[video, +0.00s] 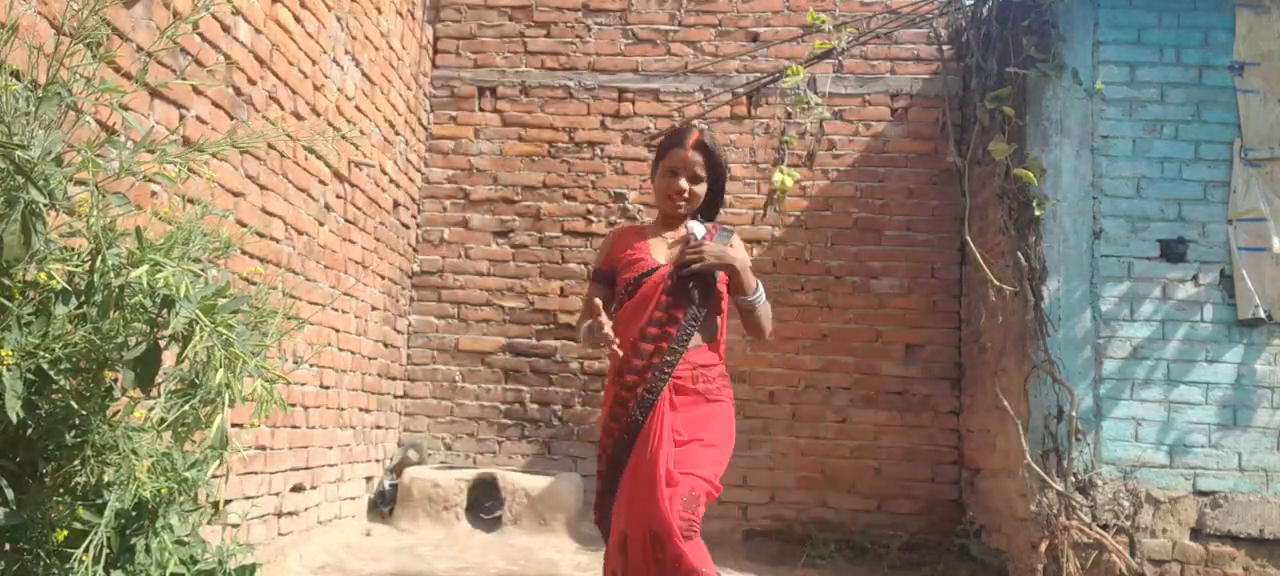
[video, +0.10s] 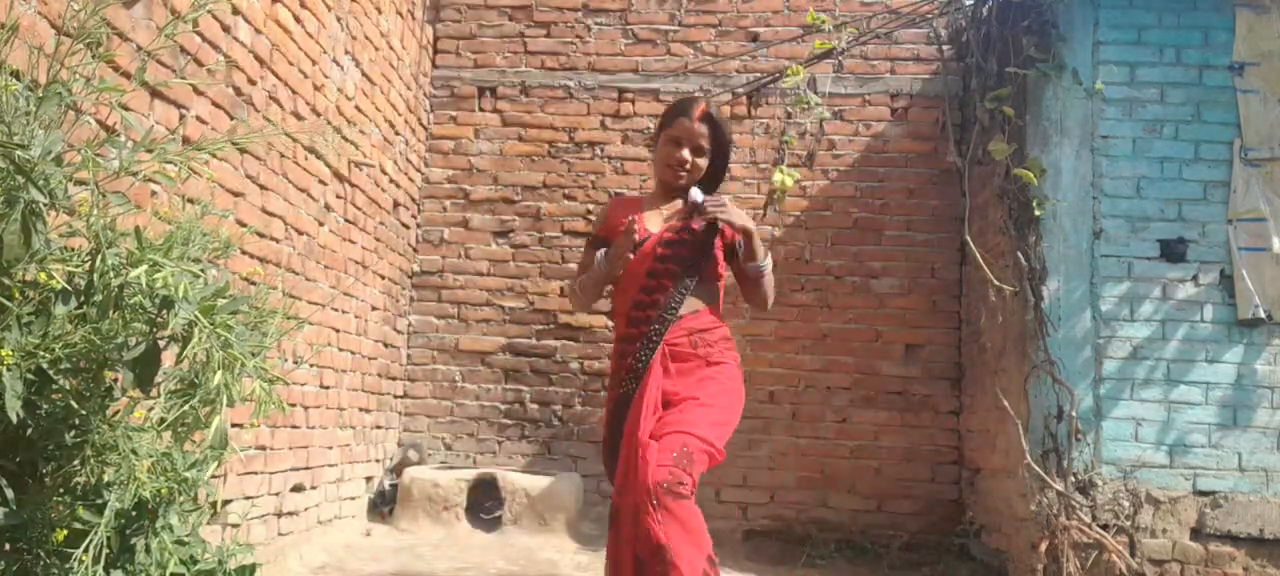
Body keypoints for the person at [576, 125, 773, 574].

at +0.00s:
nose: (681, 186)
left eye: (695, 178)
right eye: (672, 172)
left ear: (710, 188)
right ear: (653, 174)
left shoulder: (722, 244)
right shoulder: (621, 242)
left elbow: (761, 331)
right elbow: (588, 321)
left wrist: (739, 265)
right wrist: (594, 332)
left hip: (700, 401)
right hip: (632, 402)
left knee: (669, 519)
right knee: (624, 525)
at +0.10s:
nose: (683, 157)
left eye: (698, 150)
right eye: (674, 143)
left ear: (713, 163)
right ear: (655, 145)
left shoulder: (720, 218)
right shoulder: (622, 211)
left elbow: (760, 301)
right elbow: (582, 297)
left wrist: (749, 234)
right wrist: (613, 259)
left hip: (706, 366)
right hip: (636, 368)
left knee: (661, 474)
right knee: (632, 499)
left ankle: (695, 569)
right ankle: (634, 573)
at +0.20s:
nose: (684, 133)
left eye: (699, 126)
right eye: (676, 119)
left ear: (715, 139)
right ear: (656, 120)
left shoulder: (720, 194)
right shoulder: (622, 191)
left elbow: (757, 278)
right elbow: (571, 277)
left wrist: (763, 197)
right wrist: (611, 228)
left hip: (706, 346)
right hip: (638, 350)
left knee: (677, 471)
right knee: (647, 480)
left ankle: (690, 570)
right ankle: (645, 570)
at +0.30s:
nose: (685, 136)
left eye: (700, 128)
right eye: (675, 122)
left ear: (715, 139)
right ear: (654, 125)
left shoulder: (721, 196)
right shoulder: (626, 192)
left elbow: (756, 274)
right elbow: (571, 277)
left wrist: (775, 187)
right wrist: (603, 207)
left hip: (706, 365)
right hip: (637, 367)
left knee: (695, 508)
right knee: (649, 503)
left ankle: (693, 575)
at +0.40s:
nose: (684, 155)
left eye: (698, 147)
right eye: (674, 142)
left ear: (713, 158)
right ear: (653, 147)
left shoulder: (724, 217)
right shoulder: (621, 220)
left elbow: (766, 284)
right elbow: (558, 279)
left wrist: (775, 192)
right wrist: (591, 203)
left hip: (707, 390)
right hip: (634, 390)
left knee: (692, 540)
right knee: (642, 535)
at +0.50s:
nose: (684, 159)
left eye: (700, 151)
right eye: (673, 144)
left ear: (717, 163)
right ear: (652, 149)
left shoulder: (725, 222)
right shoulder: (623, 224)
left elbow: (784, 272)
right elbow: (553, 261)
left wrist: (771, 178)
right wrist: (594, 181)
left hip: (713, 390)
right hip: (637, 393)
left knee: (692, 545)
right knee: (637, 541)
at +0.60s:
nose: (685, 149)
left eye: (700, 141)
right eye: (673, 135)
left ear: (718, 154)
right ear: (651, 142)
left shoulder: (730, 218)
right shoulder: (623, 217)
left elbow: (804, 231)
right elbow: (554, 218)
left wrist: (770, 149)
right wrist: (604, 145)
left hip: (723, 380)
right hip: (641, 384)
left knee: (726, 526)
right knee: (639, 523)